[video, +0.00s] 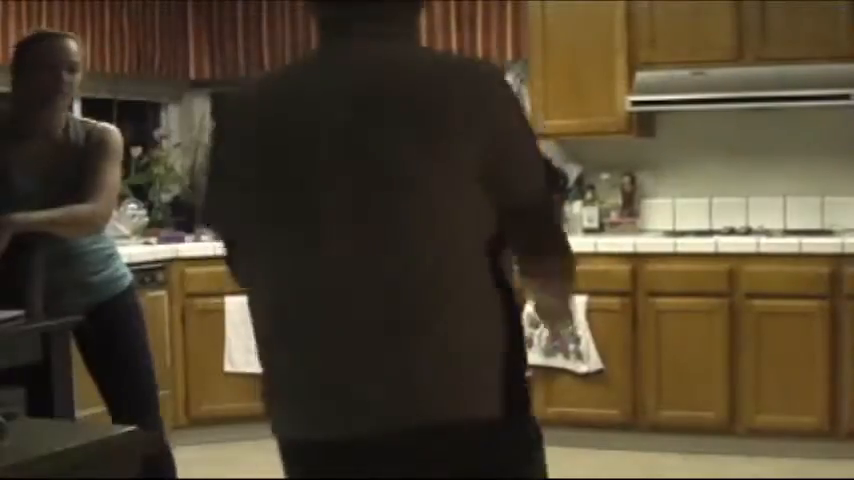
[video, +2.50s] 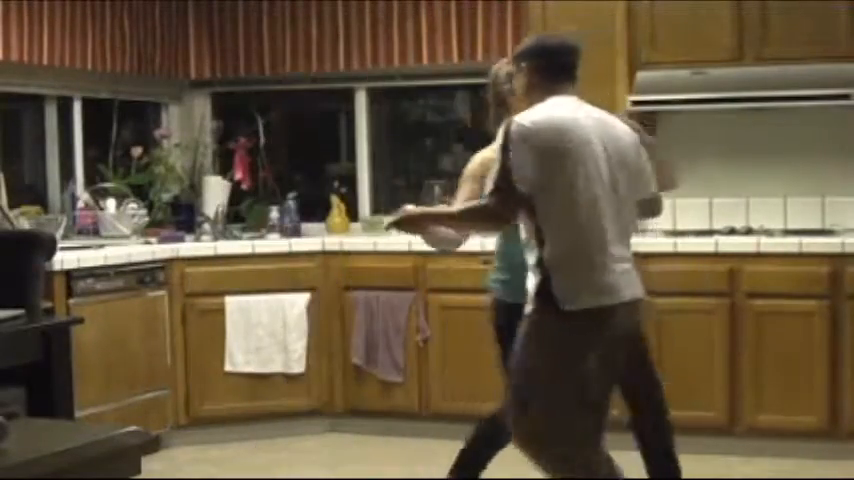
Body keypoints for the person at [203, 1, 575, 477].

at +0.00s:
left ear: (318, 13)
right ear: (415, 10)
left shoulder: (251, 109)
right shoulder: (474, 90)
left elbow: (243, 262)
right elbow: (543, 249)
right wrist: (555, 311)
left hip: (318, 429)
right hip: (465, 417)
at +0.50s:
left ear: (420, 47)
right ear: (494, 45)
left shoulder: (380, 125)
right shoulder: (542, 118)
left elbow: (350, 227)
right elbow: (585, 221)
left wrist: (305, 268)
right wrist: (612, 293)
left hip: (425, 364)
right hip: (525, 362)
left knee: (407, 473)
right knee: (533, 472)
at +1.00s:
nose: (517, 62)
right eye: (519, 55)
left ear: (460, 57)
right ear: (520, 56)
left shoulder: (419, 119)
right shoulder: (557, 116)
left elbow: (392, 214)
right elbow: (588, 209)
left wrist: (324, 241)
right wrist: (552, 221)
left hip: (440, 319)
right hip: (525, 318)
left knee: (433, 456)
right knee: (541, 439)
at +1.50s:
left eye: (553, 64)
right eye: (598, 63)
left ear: (548, 65)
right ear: (600, 64)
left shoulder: (514, 125)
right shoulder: (639, 123)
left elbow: (486, 194)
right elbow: (664, 195)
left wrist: (444, 165)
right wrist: (620, 181)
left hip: (533, 300)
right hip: (606, 298)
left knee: (517, 427)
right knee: (604, 406)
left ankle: (525, 477)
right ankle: (580, 476)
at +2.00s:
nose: (574, 84)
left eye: (576, 73)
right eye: (575, 74)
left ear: (590, 74)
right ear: (630, 76)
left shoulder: (586, 131)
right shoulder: (677, 129)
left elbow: (568, 219)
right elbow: (669, 211)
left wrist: (521, 200)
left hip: (621, 305)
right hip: (680, 302)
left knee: (554, 408)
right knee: (651, 433)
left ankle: (615, 473)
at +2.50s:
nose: (512, 89)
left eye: (516, 77)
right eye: (513, 77)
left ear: (532, 75)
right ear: (569, 76)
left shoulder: (526, 128)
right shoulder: (621, 130)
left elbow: (500, 213)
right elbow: (647, 206)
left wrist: (426, 217)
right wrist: (579, 216)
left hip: (568, 308)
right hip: (625, 302)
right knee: (578, 432)